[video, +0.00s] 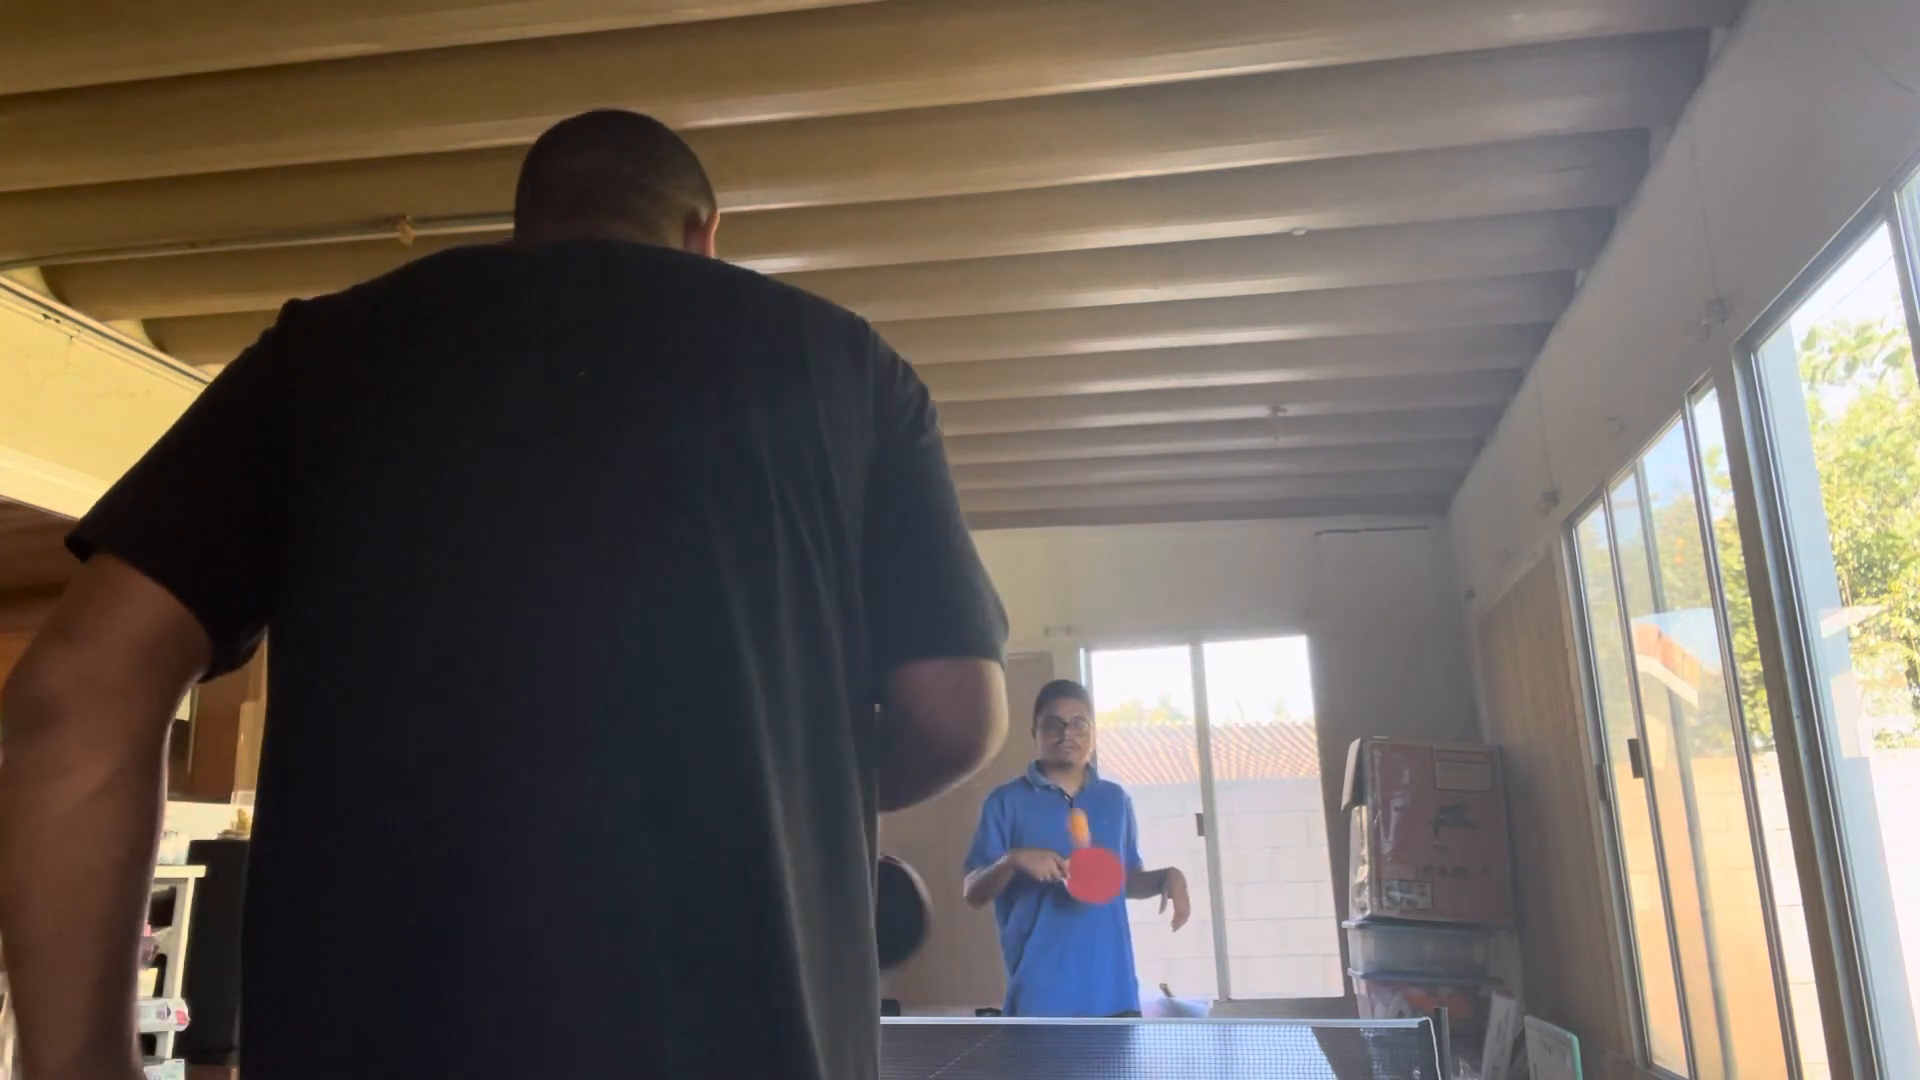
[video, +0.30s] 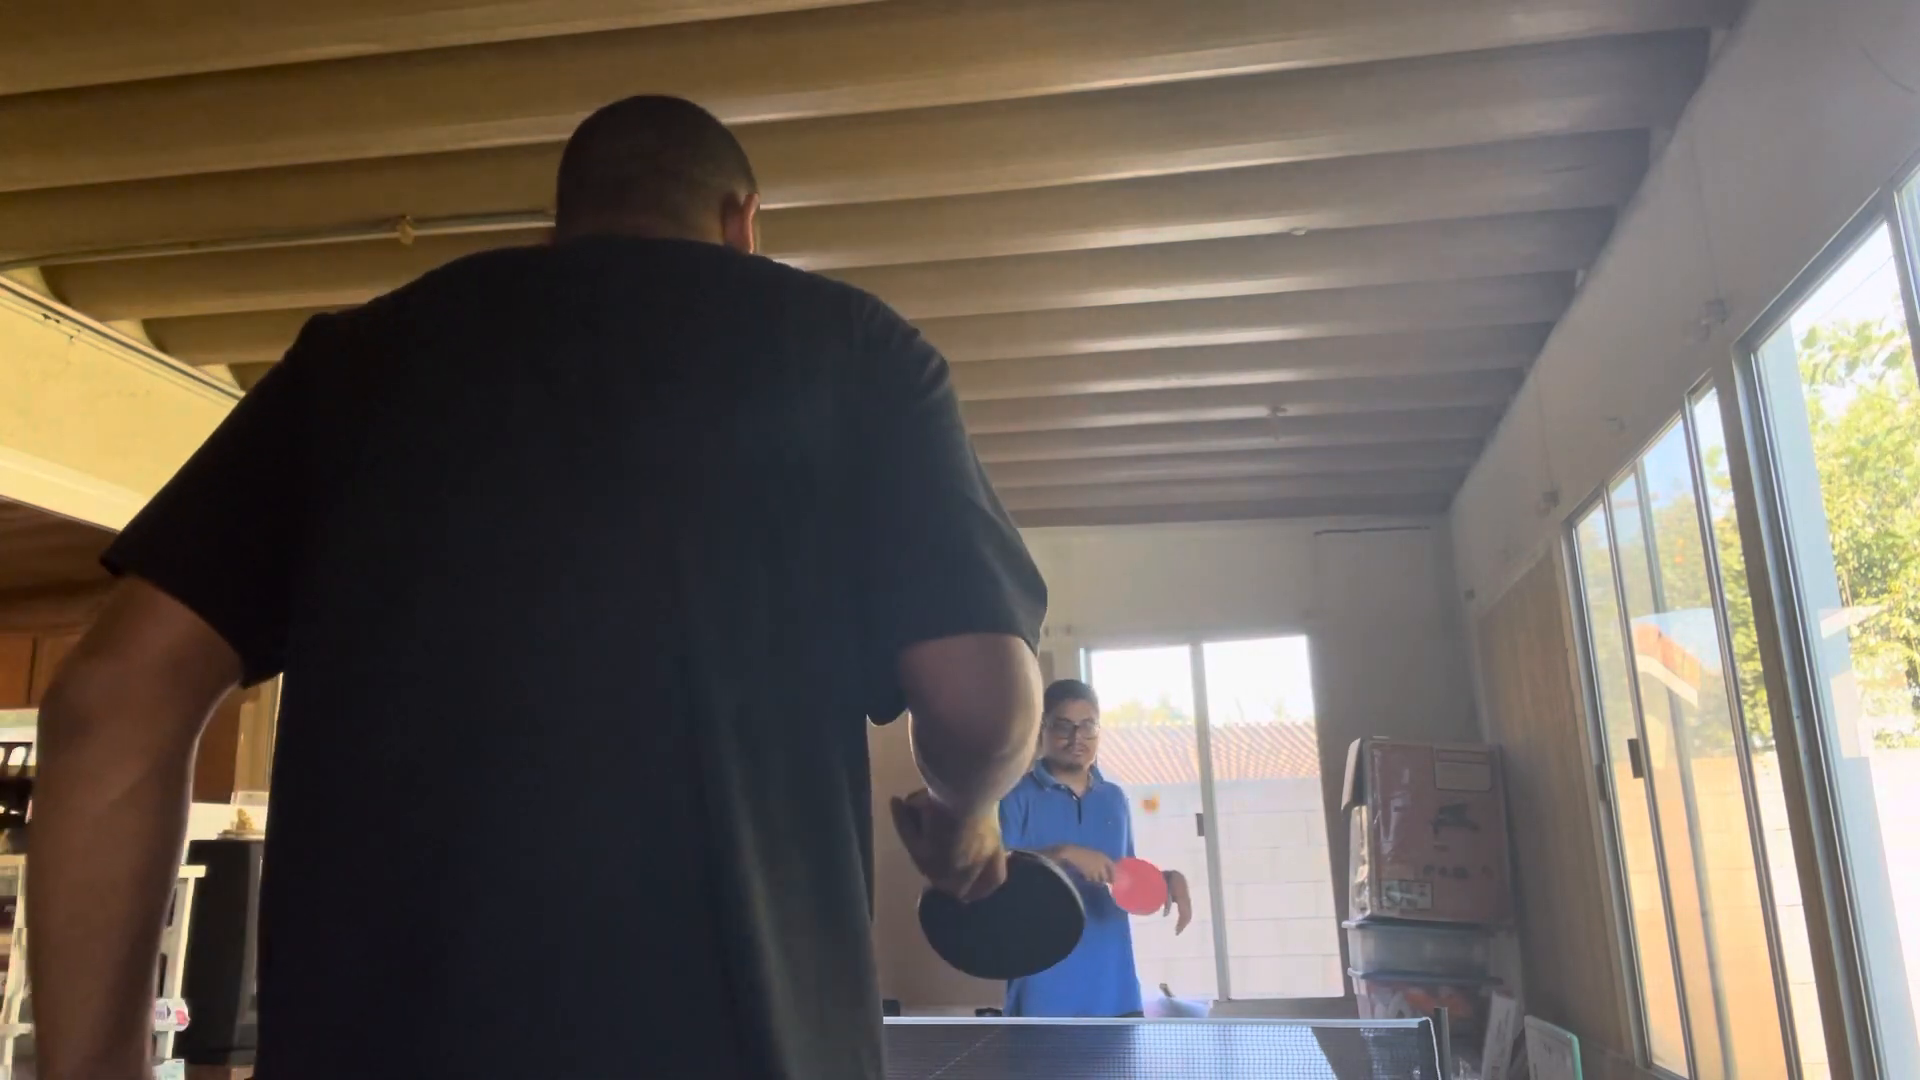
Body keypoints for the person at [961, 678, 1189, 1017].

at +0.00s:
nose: (1067, 734)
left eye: (1078, 724)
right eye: (1054, 724)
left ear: (1093, 733)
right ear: (1036, 732)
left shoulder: (1115, 800)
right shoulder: (1006, 803)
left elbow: (1129, 881)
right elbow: (974, 893)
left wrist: (1168, 877)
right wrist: (1013, 859)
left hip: (1113, 991)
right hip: (1041, 997)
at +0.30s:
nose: (1077, 737)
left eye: (1087, 726)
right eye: (1063, 726)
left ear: (1099, 731)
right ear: (1042, 732)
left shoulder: (1113, 798)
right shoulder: (1016, 797)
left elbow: (1126, 878)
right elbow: (995, 868)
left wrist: (1169, 879)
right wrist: (1062, 853)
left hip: (1113, 985)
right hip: (1045, 990)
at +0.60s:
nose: (1086, 730)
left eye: (1095, 720)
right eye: (1070, 720)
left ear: (1104, 728)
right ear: (1046, 728)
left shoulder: (1107, 792)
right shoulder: (1034, 780)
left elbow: (1110, 884)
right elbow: (1047, 811)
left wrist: (1171, 877)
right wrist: (1140, 803)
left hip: (1114, 987)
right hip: (1048, 993)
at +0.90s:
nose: (1100, 732)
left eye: (1108, 722)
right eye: (1086, 721)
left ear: (1115, 728)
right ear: (1058, 726)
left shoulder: (1108, 787)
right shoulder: (1045, 780)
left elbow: (1108, 887)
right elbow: (1045, 827)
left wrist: (1167, 886)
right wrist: (1119, 800)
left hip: (1125, 984)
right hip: (1070, 991)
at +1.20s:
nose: (1119, 737)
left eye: (1124, 727)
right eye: (1106, 726)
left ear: (1130, 728)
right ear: (1072, 729)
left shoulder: (1129, 796)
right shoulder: (1056, 791)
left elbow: (1129, 893)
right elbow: (1075, 869)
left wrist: (1186, 892)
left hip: (1133, 989)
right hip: (1072, 996)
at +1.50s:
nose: (1160, 737)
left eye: (1164, 728)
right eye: (1147, 726)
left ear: (1169, 731)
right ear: (1113, 729)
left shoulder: (1133, 787)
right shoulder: (1109, 786)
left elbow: (1127, 889)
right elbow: (1147, 867)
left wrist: (1183, 910)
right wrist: (1240, 854)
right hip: (1104, 988)